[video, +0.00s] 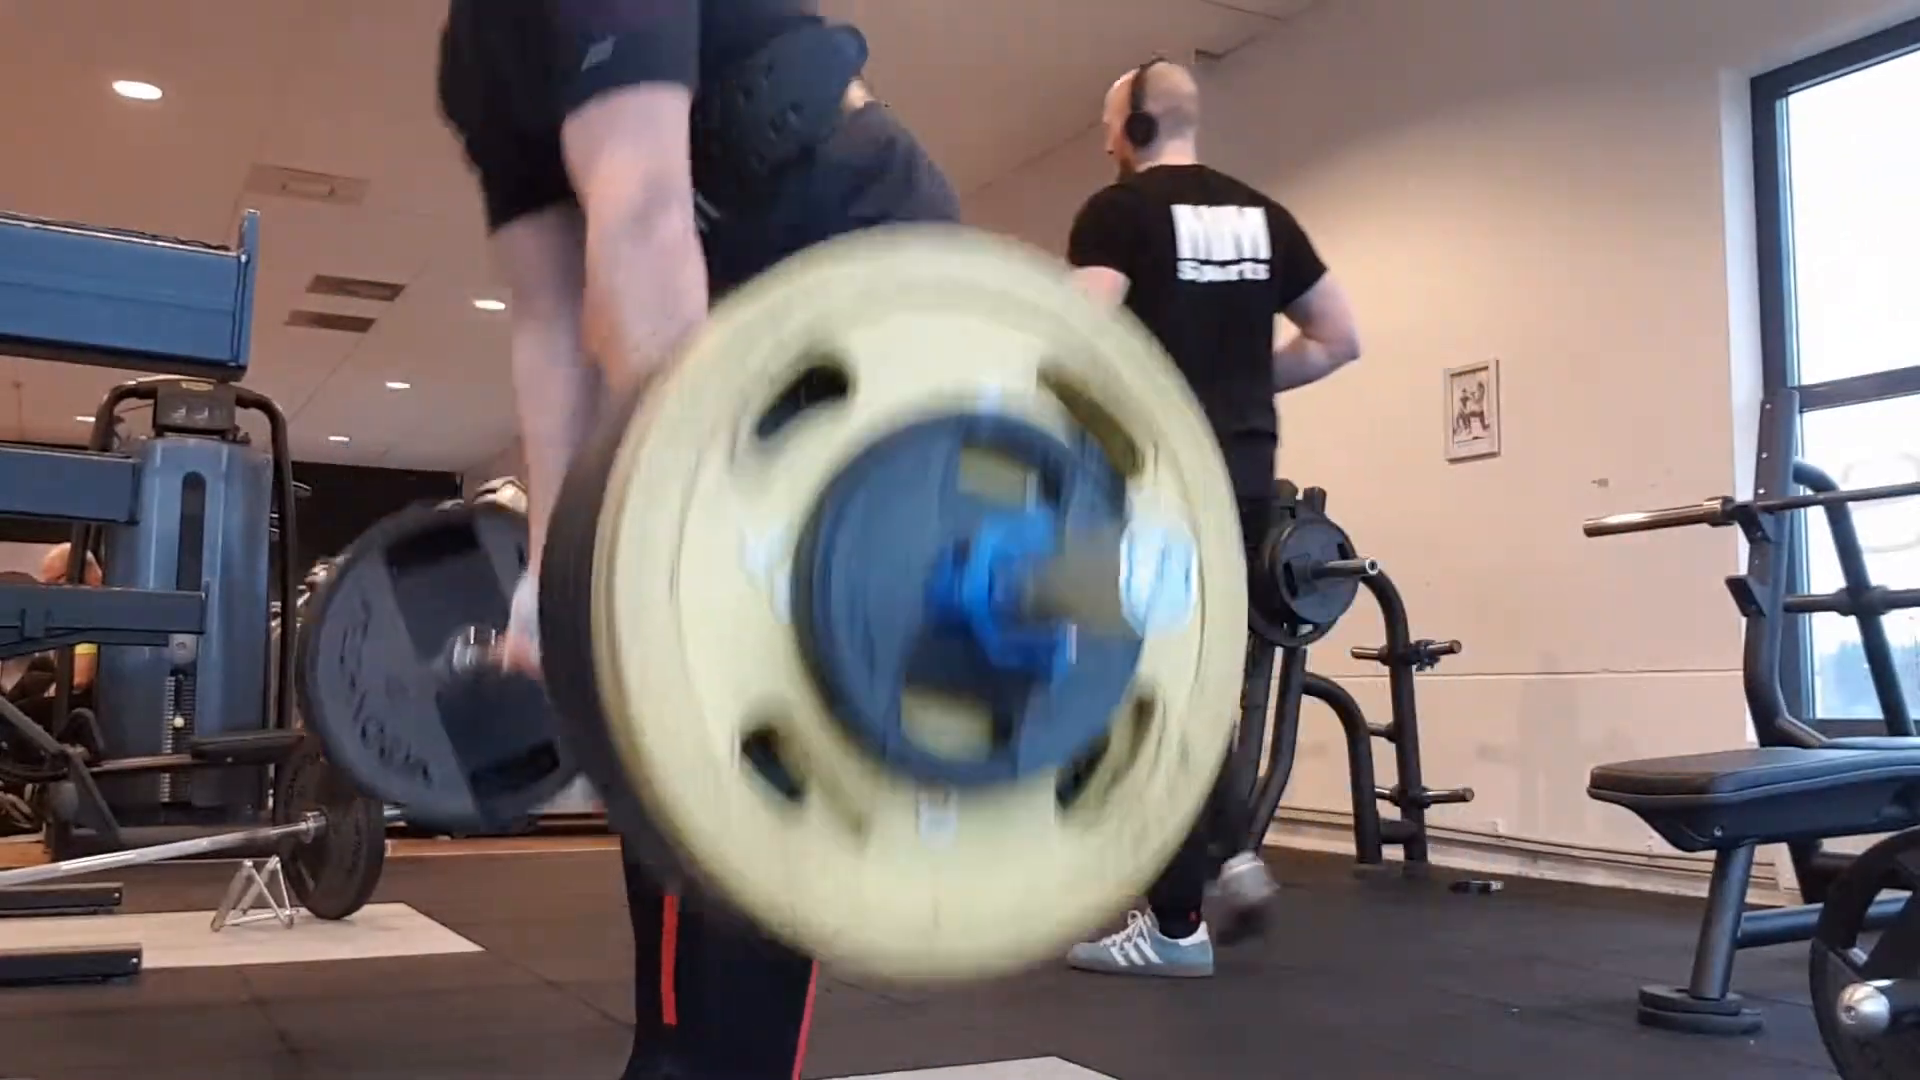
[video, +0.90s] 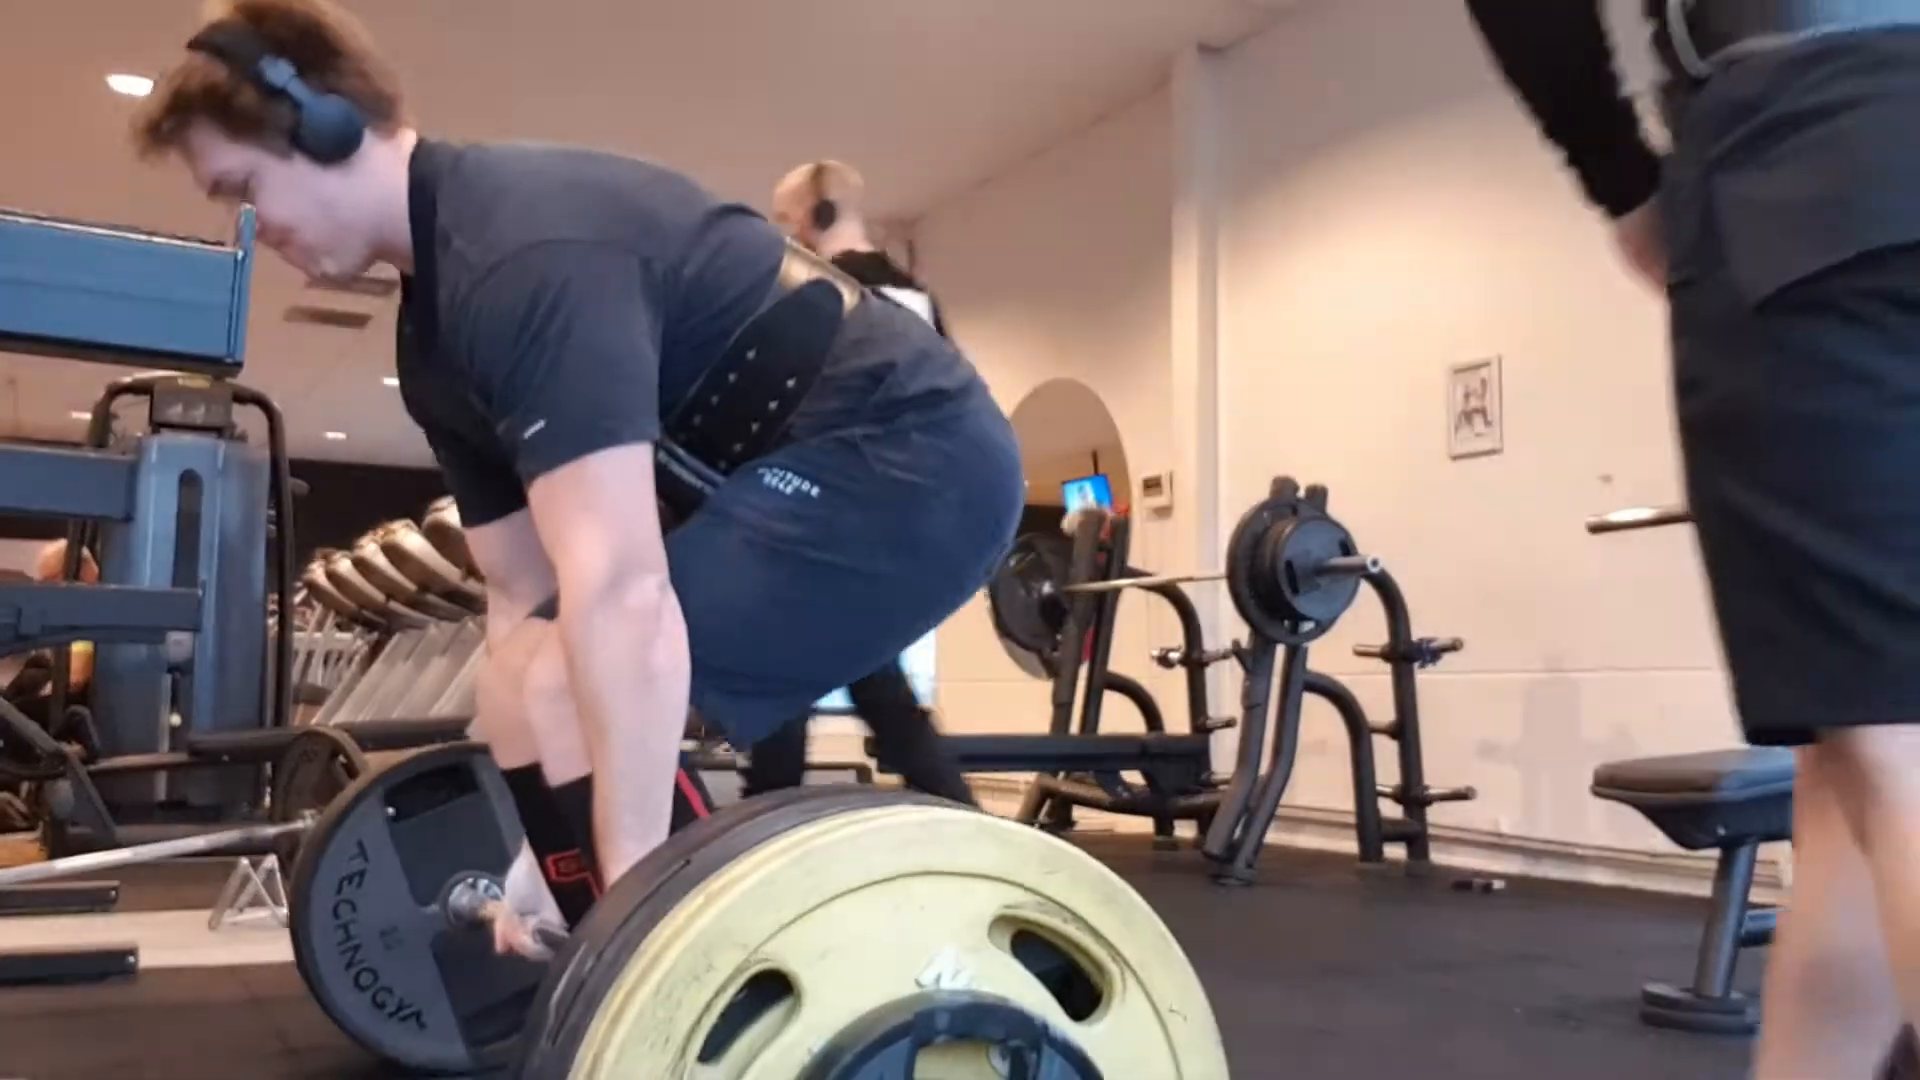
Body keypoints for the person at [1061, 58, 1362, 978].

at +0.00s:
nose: (1104, 139)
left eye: (1107, 127)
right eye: (1109, 125)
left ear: (1125, 130)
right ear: (1193, 129)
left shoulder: (1116, 208)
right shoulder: (1263, 213)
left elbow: (1080, 327)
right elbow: (1336, 340)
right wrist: (1254, 375)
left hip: (1159, 476)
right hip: (1246, 475)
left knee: (1161, 681)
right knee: (1210, 677)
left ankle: (1175, 924)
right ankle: (1230, 855)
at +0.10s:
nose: (1075, 150)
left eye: (1077, 137)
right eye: (1076, 135)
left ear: (1091, 143)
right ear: (1161, 137)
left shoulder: (1077, 221)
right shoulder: (1225, 223)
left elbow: (1034, 359)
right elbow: (1297, 351)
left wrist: (1037, 430)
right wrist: (1209, 385)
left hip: (1113, 485)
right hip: (1206, 484)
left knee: (1106, 666)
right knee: (1170, 657)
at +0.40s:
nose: (982, 191)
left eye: (985, 180)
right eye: (984, 179)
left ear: (999, 183)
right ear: (1061, 185)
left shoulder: (989, 255)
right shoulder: (1116, 266)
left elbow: (955, 365)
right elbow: (1176, 392)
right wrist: (1097, 415)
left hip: (1010, 503)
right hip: (1093, 509)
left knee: (995, 678)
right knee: (1048, 675)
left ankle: (1066, 829)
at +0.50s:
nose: (947, 203)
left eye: (949, 190)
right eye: (946, 190)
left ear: (971, 187)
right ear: (1022, 187)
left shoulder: (968, 253)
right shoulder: (1080, 269)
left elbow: (940, 360)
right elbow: (1136, 392)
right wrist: (1060, 418)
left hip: (984, 500)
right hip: (1061, 502)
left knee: (919, 672)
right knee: (1020, 679)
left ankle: (1022, 809)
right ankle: (1025, 843)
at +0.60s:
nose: (910, 203)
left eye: (914, 191)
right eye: (910, 190)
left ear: (937, 189)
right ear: (986, 189)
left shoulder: (947, 254)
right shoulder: (1044, 269)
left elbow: (923, 367)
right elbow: (1098, 390)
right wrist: (1021, 409)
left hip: (951, 494)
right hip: (1025, 498)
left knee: (873, 642)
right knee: (1002, 675)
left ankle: (922, 812)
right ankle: (1018, 844)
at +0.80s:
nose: (824, 225)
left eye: (830, 211)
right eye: (823, 211)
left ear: (861, 207)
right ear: (891, 206)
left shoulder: (859, 284)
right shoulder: (958, 286)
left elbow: (839, 396)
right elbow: (999, 394)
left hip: (865, 504)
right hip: (932, 505)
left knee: (839, 669)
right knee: (938, 675)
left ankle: (803, 820)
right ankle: (993, 826)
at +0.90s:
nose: (777, 232)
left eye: (783, 219)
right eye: (776, 219)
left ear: (813, 215)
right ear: (853, 211)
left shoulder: (812, 292)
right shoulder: (908, 292)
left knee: (771, 678)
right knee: (882, 686)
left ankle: (770, 844)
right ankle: (960, 827)